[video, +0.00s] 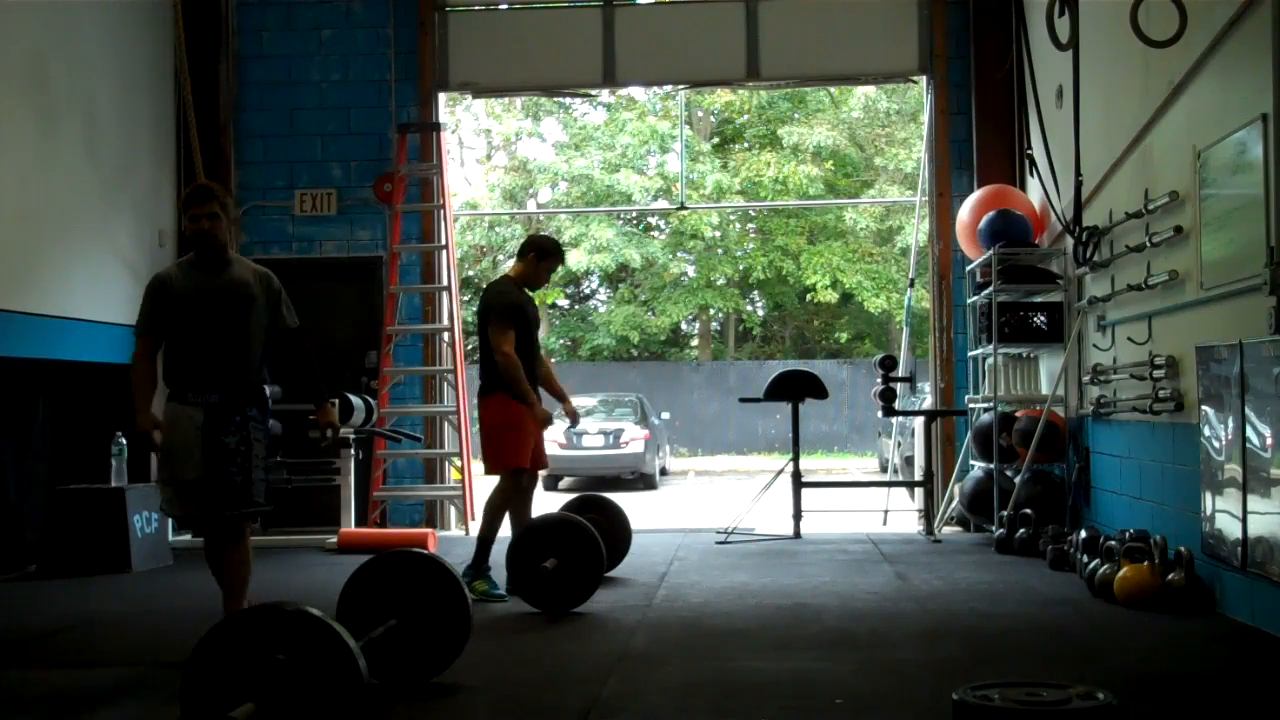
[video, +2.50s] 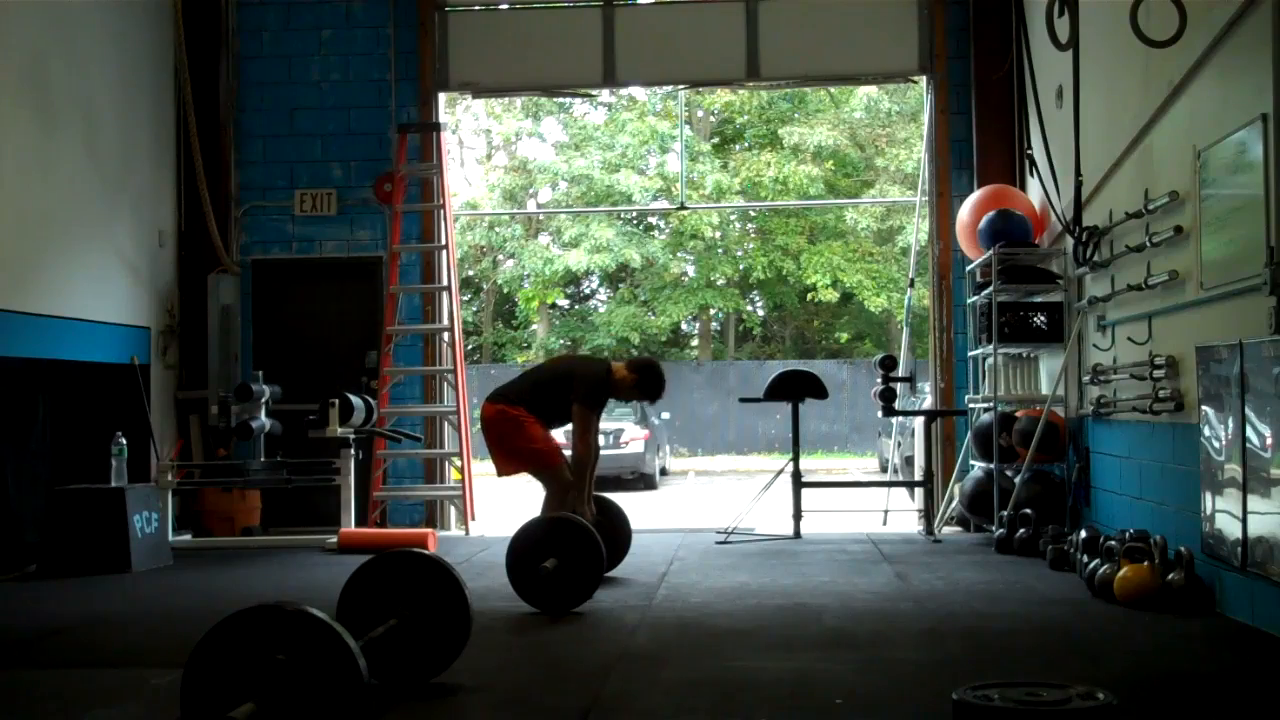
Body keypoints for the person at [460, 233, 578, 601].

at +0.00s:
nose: (548, 281)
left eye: (551, 274)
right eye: (549, 272)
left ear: (533, 260)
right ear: (533, 259)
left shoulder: (522, 300)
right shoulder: (501, 294)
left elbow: (535, 358)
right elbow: (504, 354)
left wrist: (564, 399)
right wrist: (533, 404)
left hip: (524, 401)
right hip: (504, 400)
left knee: (526, 481)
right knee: (512, 480)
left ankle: (526, 568)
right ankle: (477, 569)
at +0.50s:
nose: (566, 283)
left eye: (570, 278)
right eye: (567, 275)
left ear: (552, 263)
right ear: (552, 262)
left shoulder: (538, 299)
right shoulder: (518, 294)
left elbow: (542, 360)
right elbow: (509, 350)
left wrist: (551, 405)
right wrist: (525, 405)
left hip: (533, 401)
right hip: (516, 401)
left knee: (524, 483)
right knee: (521, 483)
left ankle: (518, 571)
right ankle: (512, 572)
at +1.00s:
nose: (573, 283)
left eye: (577, 278)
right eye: (574, 275)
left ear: (557, 260)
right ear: (558, 260)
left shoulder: (539, 296)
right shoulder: (525, 292)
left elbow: (539, 356)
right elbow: (524, 351)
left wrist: (557, 401)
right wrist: (557, 403)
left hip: (535, 401)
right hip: (524, 400)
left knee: (533, 482)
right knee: (530, 481)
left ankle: (525, 573)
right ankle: (520, 575)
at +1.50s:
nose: (586, 288)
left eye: (591, 282)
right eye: (589, 279)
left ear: (568, 262)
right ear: (574, 264)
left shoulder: (546, 296)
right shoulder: (539, 296)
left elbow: (539, 357)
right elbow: (530, 356)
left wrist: (550, 407)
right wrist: (542, 411)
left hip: (539, 404)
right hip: (525, 404)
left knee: (544, 486)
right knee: (521, 487)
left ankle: (553, 567)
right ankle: (520, 574)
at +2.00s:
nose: (614, 308)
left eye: (619, 303)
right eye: (616, 300)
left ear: (602, 282)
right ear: (604, 283)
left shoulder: (577, 312)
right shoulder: (565, 305)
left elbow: (574, 373)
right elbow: (549, 365)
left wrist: (581, 426)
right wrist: (557, 424)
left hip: (541, 399)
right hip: (525, 399)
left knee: (559, 479)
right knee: (549, 480)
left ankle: (552, 551)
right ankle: (542, 554)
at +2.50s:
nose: (628, 400)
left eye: (634, 399)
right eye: (633, 395)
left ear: (630, 372)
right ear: (631, 377)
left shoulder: (600, 381)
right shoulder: (593, 377)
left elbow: (591, 445)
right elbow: (582, 445)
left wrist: (586, 499)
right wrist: (580, 502)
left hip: (521, 415)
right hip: (507, 413)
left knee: (567, 482)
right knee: (560, 483)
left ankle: (554, 554)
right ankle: (546, 554)